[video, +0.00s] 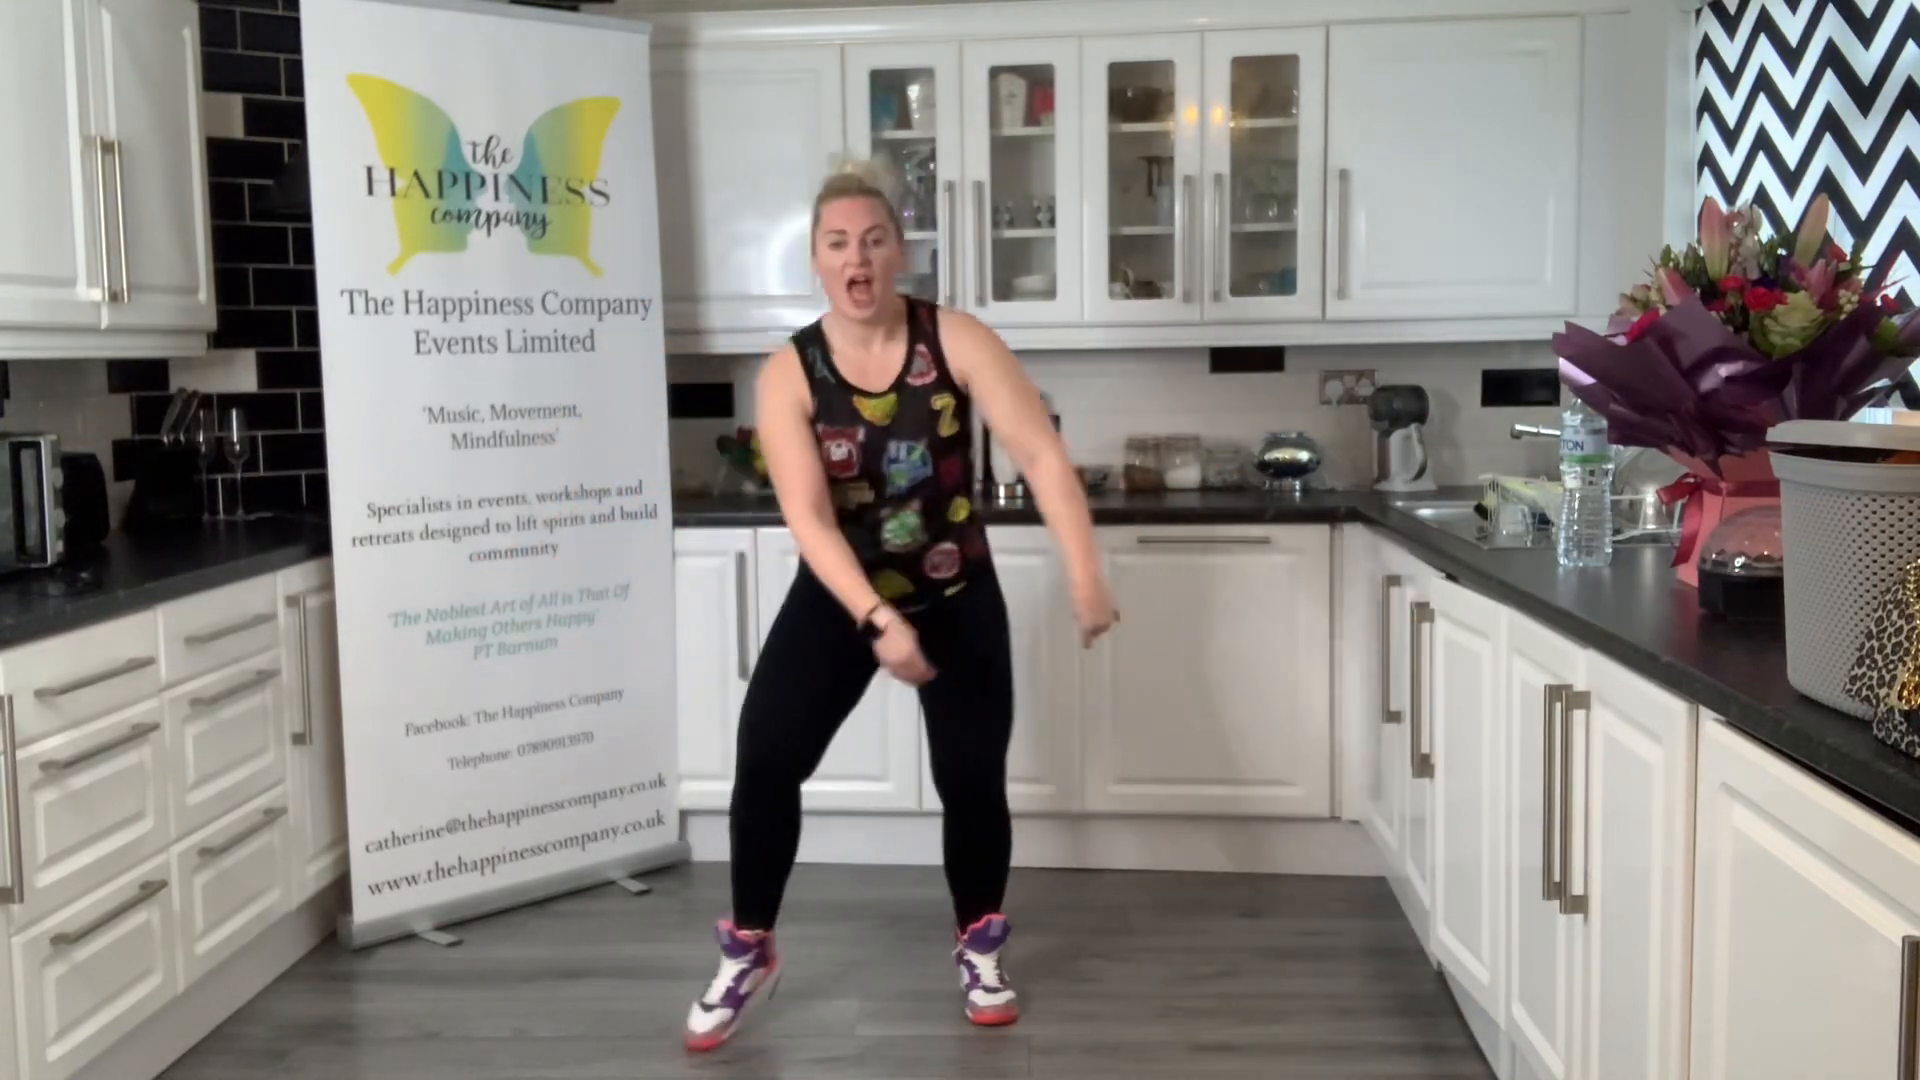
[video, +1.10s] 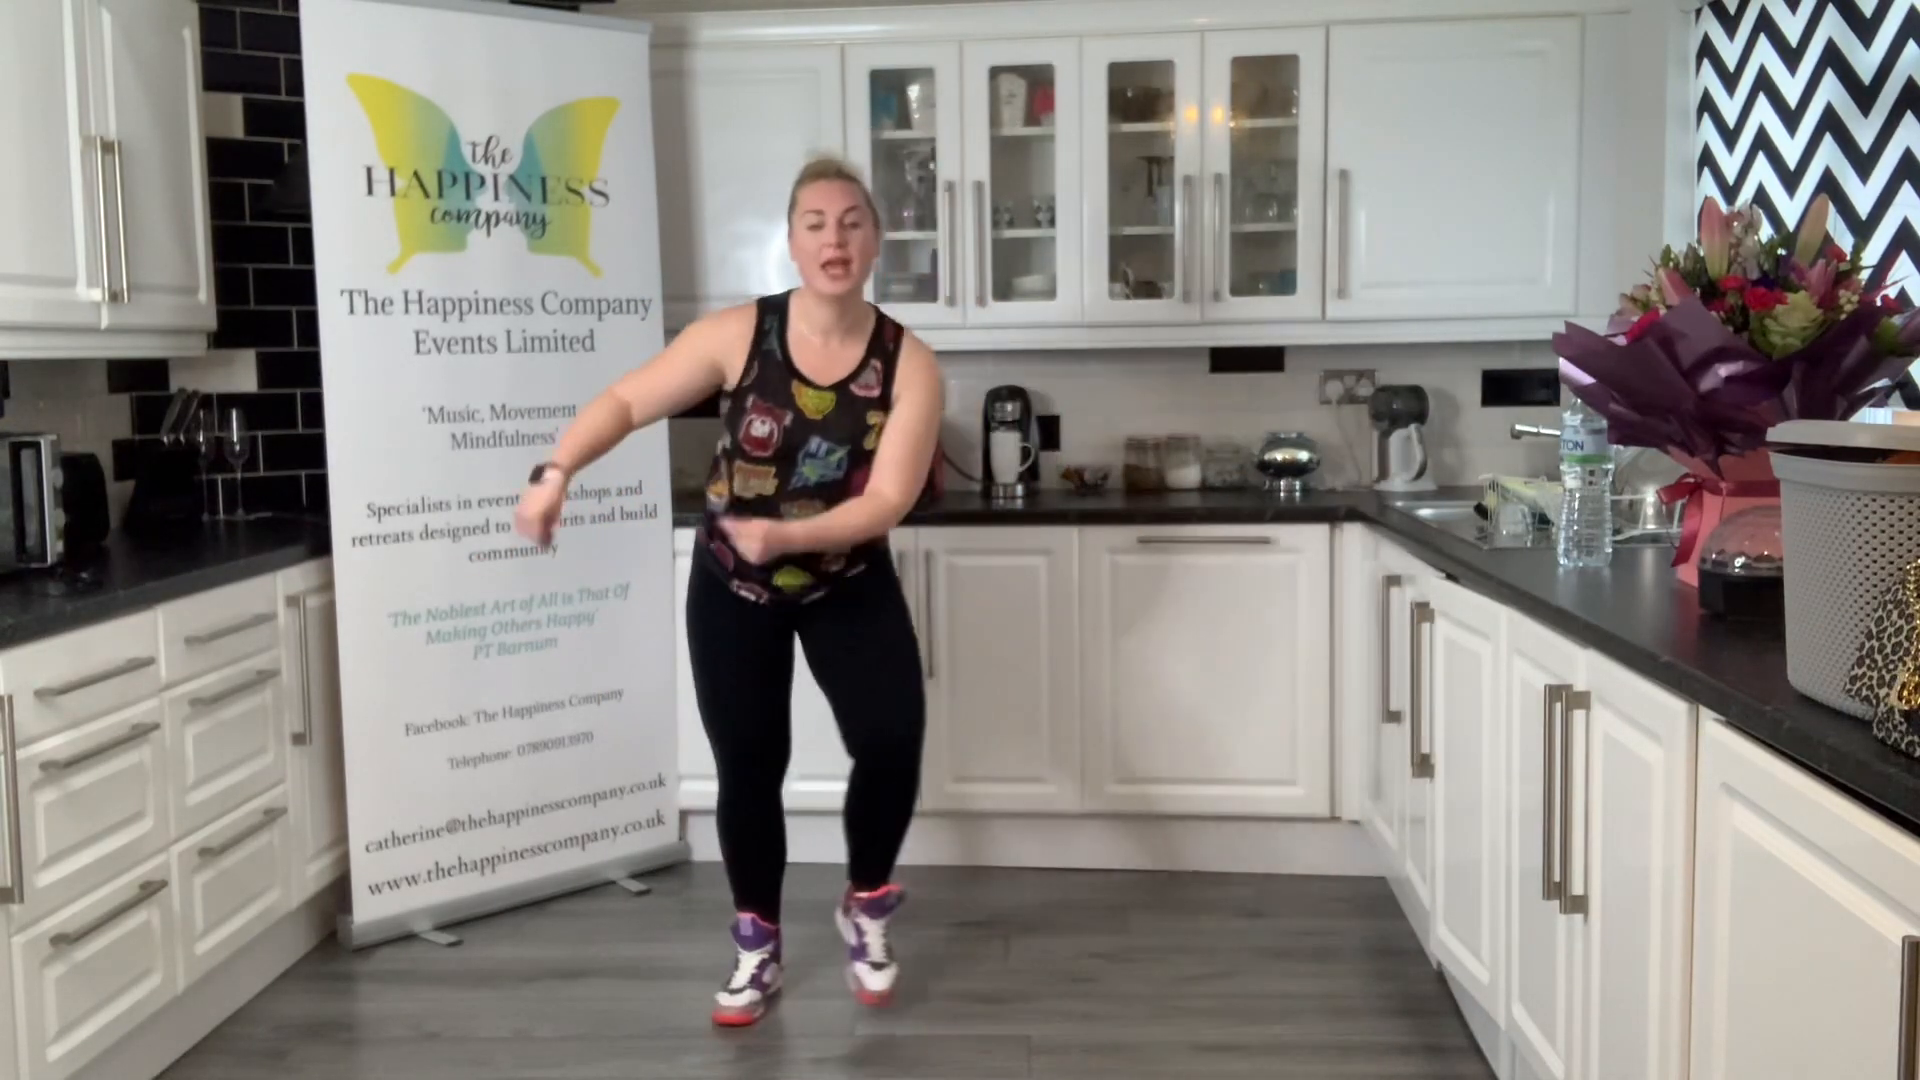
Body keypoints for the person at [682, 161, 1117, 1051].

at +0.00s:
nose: (856, 258)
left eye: (873, 240)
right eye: (838, 244)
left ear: (902, 252)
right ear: (815, 262)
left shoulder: (959, 340)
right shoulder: (790, 373)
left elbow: (1040, 451)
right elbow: (807, 519)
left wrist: (1085, 575)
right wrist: (877, 617)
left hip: (954, 587)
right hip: (841, 585)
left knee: (972, 777)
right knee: (765, 756)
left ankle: (981, 949)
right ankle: (749, 950)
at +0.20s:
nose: (888, 237)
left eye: (905, 219)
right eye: (870, 222)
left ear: (931, 231)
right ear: (846, 240)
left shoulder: (991, 330)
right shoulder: (819, 359)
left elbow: (1065, 427)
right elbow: (829, 501)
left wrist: (1135, 493)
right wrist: (899, 539)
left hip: (980, 580)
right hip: (866, 579)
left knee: (980, 767)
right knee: (827, 739)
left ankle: (982, 947)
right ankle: (881, 935)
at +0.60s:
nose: (903, 244)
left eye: (920, 229)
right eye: (885, 230)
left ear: (945, 246)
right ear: (861, 249)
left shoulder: (988, 352)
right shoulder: (824, 361)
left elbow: (1051, 472)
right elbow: (802, 507)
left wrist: (1122, 558)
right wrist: (884, 570)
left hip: (979, 585)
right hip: (864, 584)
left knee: (983, 769)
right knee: (801, 730)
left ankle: (983, 946)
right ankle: (829, 914)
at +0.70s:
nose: (895, 224)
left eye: (913, 208)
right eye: (877, 208)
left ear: (938, 223)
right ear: (853, 225)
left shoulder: (982, 341)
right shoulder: (810, 340)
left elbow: (1015, 475)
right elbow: (768, 481)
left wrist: (1045, 603)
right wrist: (831, 592)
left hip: (957, 587)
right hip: (837, 583)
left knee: (963, 770)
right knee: (793, 766)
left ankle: (983, 945)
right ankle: (777, 922)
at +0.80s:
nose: (884, 225)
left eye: (901, 208)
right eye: (866, 209)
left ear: (928, 221)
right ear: (841, 224)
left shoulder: (968, 342)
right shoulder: (797, 334)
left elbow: (963, 484)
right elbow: (716, 455)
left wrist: (943, 610)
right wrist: (735, 590)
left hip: (925, 585)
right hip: (810, 588)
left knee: (947, 773)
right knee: (789, 776)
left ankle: (980, 948)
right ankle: (761, 943)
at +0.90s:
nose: (866, 235)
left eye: (883, 219)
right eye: (847, 220)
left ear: (908, 237)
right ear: (822, 238)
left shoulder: (942, 357)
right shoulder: (773, 339)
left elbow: (920, 501)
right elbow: (670, 433)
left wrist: (859, 610)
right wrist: (633, 566)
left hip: (891, 579)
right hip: (774, 584)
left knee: (941, 765)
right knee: (770, 773)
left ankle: (976, 941)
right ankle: (759, 948)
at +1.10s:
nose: (834, 240)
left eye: (851, 223)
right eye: (815, 225)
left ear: (877, 238)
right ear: (790, 242)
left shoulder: (908, 364)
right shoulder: (736, 334)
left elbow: (887, 505)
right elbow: (626, 402)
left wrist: (782, 535)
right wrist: (556, 470)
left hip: (849, 581)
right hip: (736, 582)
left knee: (892, 737)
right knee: (749, 769)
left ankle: (867, 908)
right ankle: (756, 946)